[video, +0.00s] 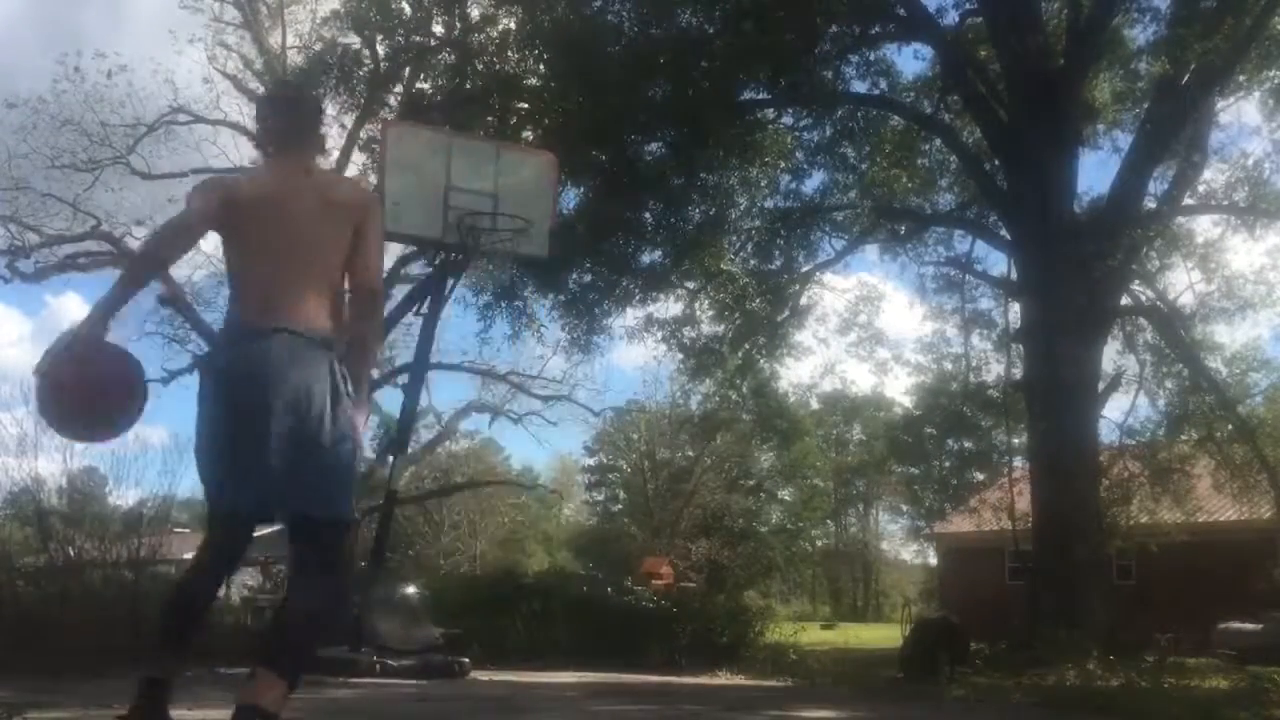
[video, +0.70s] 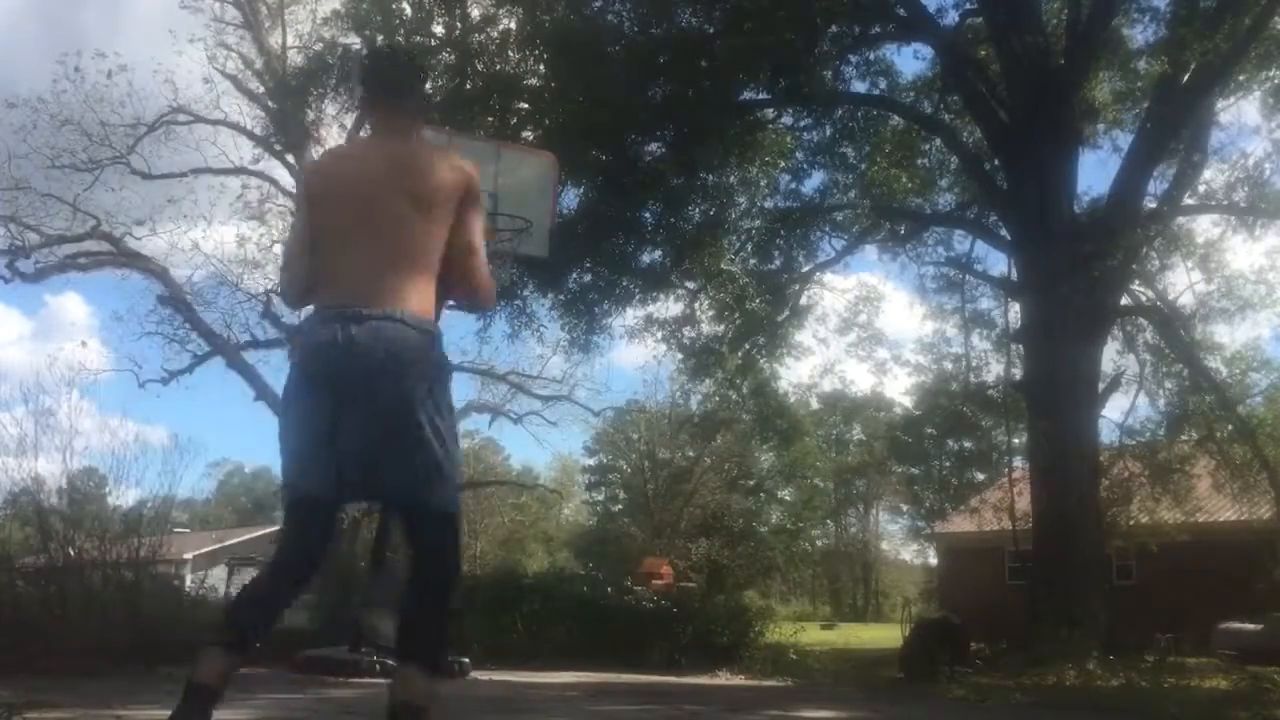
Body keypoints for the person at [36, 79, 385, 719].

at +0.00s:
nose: (262, 137)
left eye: (261, 126)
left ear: (262, 132)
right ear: (320, 134)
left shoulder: (228, 190)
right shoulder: (357, 196)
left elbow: (158, 253)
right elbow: (368, 299)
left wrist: (94, 321)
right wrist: (357, 392)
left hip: (235, 371)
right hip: (313, 376)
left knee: (222, 542)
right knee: (318, 564)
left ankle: (152, 692)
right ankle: (259, 707)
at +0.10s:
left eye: (233, 192)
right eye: (283, 191)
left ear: (229, 198)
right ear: (286, 196)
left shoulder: (192, 262)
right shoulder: (323, 257)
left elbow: (140, 360)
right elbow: (319, 356)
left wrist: (111, 465)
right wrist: (302, 431)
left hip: (181, 442)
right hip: (263, 445)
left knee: (143, 595)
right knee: (306, 617)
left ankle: (85, 707)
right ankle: (242, 712)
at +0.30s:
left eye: (237, 243)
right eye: (287, 241)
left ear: (235, 247)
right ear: (291, 245)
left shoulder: (196, 296)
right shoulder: (318, 298)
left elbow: (121, 386)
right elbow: (365, 410)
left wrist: (69, 481)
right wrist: (318, 459)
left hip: (164, 461)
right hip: (246, 465)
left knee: (151, 592)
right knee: (341, 611)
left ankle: (75, 707)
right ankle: (235, 707)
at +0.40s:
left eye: (277, 195)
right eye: (332, 195)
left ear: (275, 200)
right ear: (333, 198)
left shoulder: (240, 252)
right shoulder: (365, 255)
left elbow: (139, 305)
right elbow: (440, 353)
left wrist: (81, 374)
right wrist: (377, 372)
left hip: (206, 416)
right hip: (286, 425)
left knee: (157, 577)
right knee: (331, 611)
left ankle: (96, 707)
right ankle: (222, 711)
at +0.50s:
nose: (373, 157)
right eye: (371, 148)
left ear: (307, 148)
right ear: (366, 148)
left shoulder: (268, 198)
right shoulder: (396, 204)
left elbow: (173, 257)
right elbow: (468, 302)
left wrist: (165, 301)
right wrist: (423, 301)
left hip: (244, 377)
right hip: (326, 387)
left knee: (218, 556)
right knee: (318, 577)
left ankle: (149, 699)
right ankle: (220, 707)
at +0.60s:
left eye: (344, 98)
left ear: (336, 103)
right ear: (394, 102)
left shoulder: (294, 163)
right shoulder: (427, 170)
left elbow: (231, 254)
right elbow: (479, 286)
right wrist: (443, 269)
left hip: (283, 343)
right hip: (365, 352)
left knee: (271, 534)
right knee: (357, 553)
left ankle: (197, 701)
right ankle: (276, 705)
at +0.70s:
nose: (384, 117)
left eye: (368, 105)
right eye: (414, 105)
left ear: (363, 104)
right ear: (422, 103)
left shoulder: (321, 169)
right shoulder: (454, 170)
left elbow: (294, 287)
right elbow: (479, 292)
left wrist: (353, 252)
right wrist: (430, 263)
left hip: (317, 356)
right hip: (404, 357)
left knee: (300, 547)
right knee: (437, 548)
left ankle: (196, 701)